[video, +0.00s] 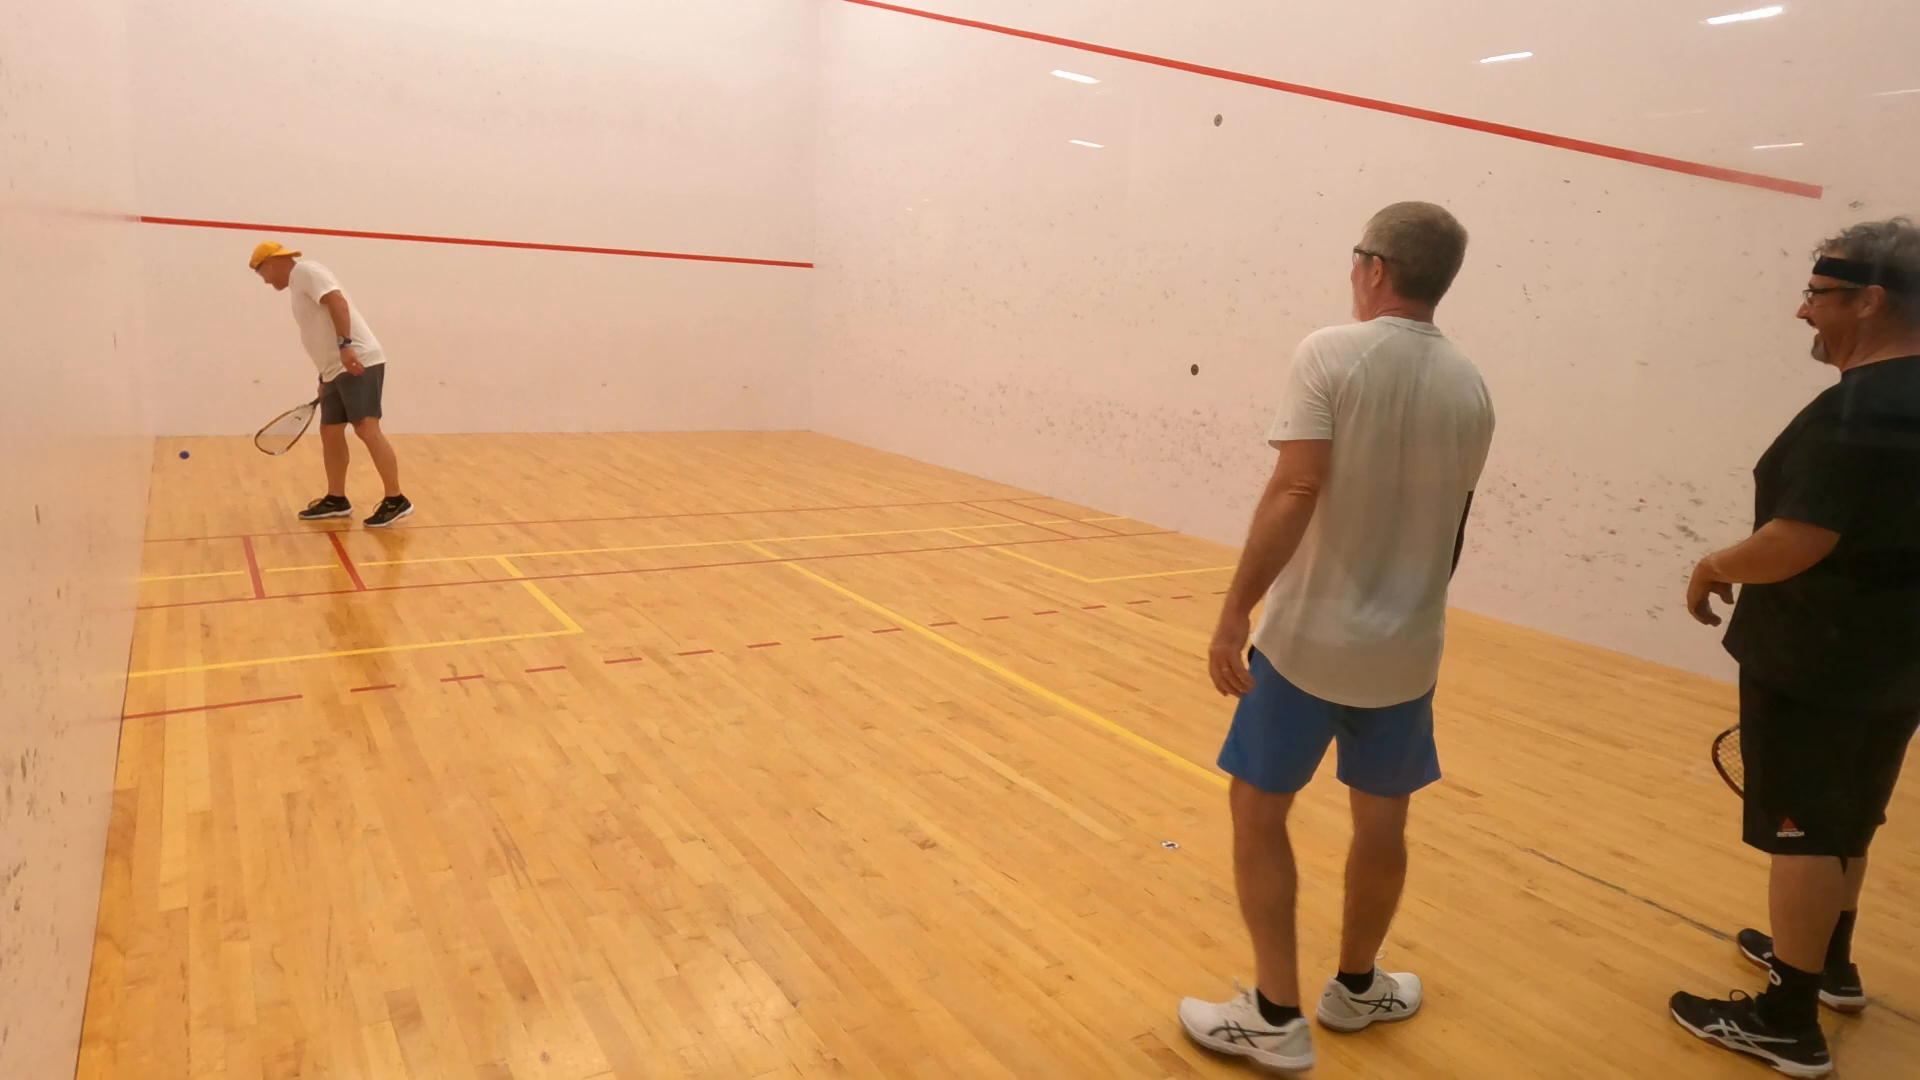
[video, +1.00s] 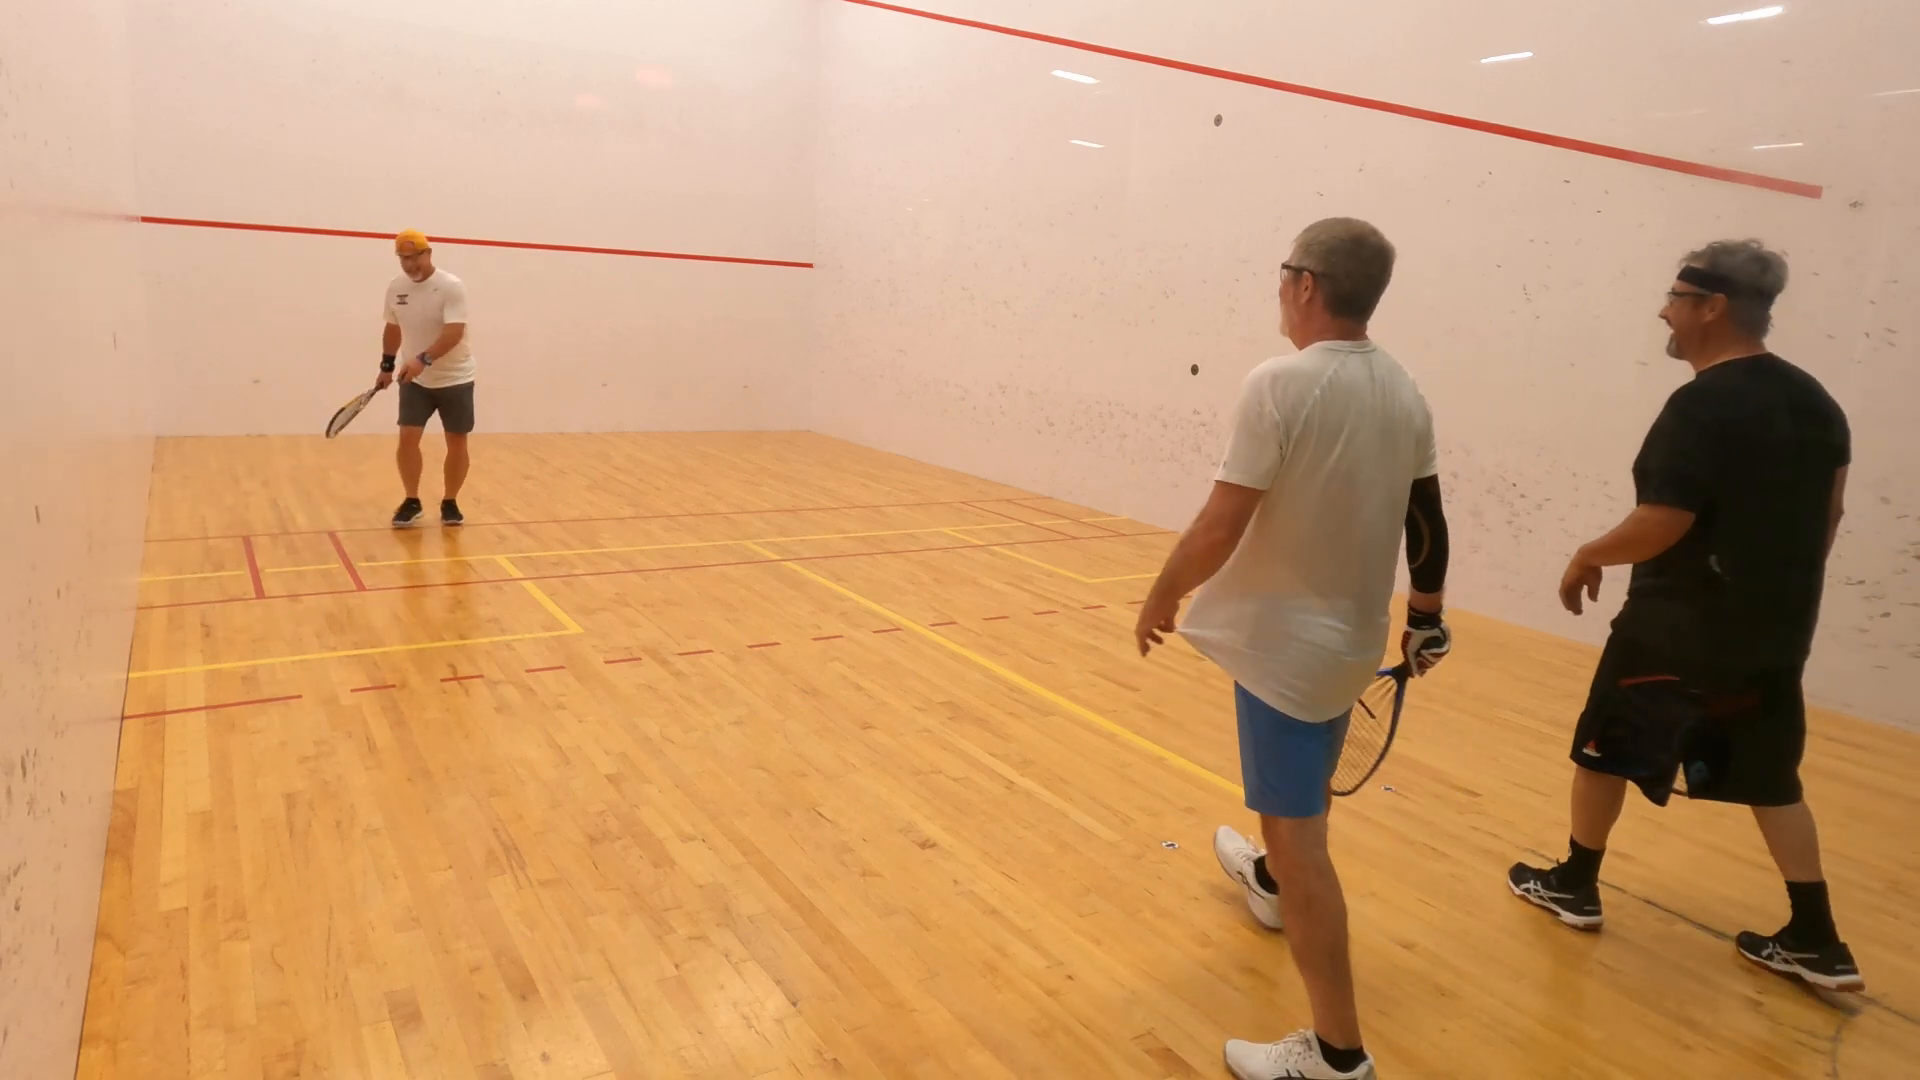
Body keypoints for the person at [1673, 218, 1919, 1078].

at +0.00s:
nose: (1804, 310)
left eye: (1819, 294)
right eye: (1808, 293)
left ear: (1874, 301)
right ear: (1882, 304)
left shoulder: (1862, 412)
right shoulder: (1906, 395)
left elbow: (1796, 541)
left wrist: (1711, 567)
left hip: (1824, 662)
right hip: (1888, 659)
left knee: (1803, 825)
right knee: (1843, 813)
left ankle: (1786, 1014)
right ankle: (1828, 958)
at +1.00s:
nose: (1665, 310)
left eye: (1676, 298)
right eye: (1670, 296)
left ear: (1715, 308)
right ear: (1736, 312)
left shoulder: (1699, 405)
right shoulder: (1815, 403)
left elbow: (1661, 523)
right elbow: (1827, 520)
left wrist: (1589, 554)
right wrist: (1782, 587)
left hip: (1674, 629)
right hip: (1772, 634)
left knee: (1607, 741)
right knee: (1771, 774)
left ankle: (1575, 879)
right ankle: (1815, 935)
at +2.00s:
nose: (1552, 340)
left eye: (1563, 330)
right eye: (1557, 328)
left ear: (1595, 339)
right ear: (1619, 342)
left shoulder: (1595, 401)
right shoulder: (1693, 397)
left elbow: (1596, 498)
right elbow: (1746, 492)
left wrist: (1566, 574)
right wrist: (1738, 579)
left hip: (1649, 599)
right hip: (1729, 601)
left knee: (1599, 726)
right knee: (1684, 724)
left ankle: (1577, 879)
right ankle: (1657, 862)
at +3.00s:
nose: (1539, 330)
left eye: (1549, 320)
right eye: (1544, 318)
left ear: (1579, 331)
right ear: (1608, 334)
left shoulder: (1565, 398)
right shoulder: (1666, 404)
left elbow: (1549, 487)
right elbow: (1693, 499)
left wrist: (1503, 531)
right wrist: (1655, 562)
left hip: (1568, 595)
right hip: (1652, 604)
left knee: (1485, 669)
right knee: (1632, 722)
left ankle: (1435, 775)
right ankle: (1655, 861)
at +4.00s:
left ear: (1306, 299)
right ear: (1341, 304)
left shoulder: (1293, 355)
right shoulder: (1354, 366)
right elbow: (1358, 445)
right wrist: (1346, 501)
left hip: (1279, 507)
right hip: (1315, 510)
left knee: (1258, 615)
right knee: (1263, 601)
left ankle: (1329, 697)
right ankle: (1246, 699)